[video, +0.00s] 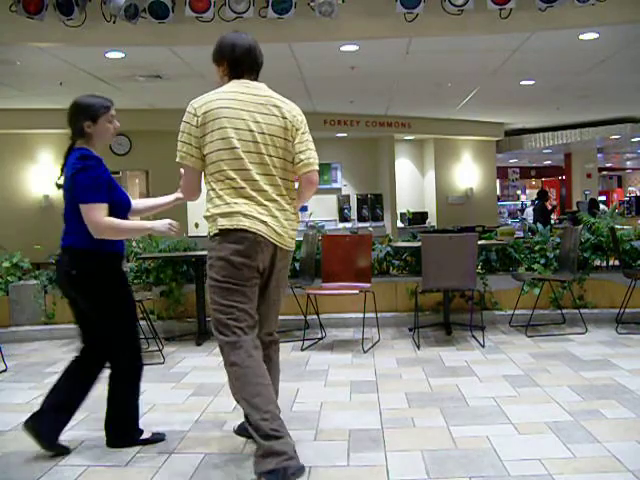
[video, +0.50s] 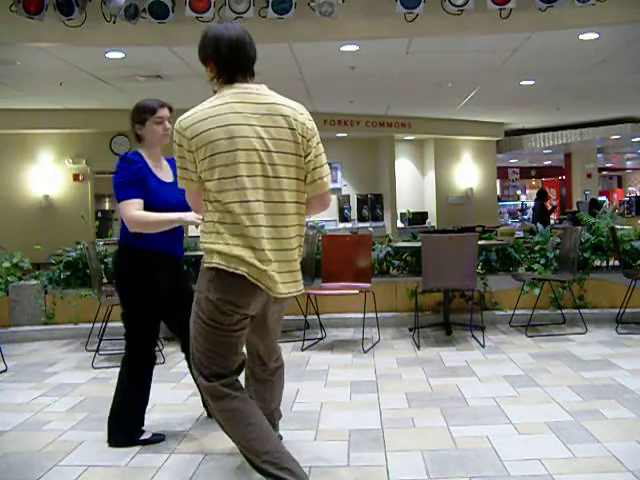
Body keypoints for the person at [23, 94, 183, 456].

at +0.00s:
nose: (117, 124)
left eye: (115, 118)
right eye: (110, 119)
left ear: (89, 127)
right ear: (90, 125)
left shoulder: (87, 162)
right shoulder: (87, 165)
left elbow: (127, 206)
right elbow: (99, 226)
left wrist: (177, 197)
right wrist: (153, 227)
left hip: (81, 265)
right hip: (97, 266)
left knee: (97, 348)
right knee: (127, 352)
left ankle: (45, 424)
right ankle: (123, 432)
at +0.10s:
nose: (127, 134)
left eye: (126, 128)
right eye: (120, 128)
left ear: (101, 134)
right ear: (98, 133)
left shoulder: (105, 171)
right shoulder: (95, 174)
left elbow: (138, 215)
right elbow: (110, 231)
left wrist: (185, 203)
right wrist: (165, 229)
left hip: (112, 270)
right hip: (104, 272)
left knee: (134, 348)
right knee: (137, 350)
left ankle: (77, 415)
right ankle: (126, 434)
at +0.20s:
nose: (136, 132)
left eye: (136, 125)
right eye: (130, 126)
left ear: (116, 132)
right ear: (108, 131)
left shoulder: (118, 168)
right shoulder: (103, 170)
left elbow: (141, 218)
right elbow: (116, 228)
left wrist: (184, 214)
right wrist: (175, 226)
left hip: (127, 268)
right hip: (113, 270)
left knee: (157, 339)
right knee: (145, 345)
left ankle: (128, 425)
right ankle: (124, 432)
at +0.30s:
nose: (147, 126)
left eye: (146, 120)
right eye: (139, 120)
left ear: (136, 126)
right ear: (117, 126)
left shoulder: (133, 162)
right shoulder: (114, 164)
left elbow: (146, 213)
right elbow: (122, 219)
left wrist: (187, 215)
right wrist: (181, 217)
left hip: (140, 263)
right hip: (121, 266)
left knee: (169, 332)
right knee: (139, 344)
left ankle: (176, 409)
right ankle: (124, 432)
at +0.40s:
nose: (156, 125)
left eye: (157, 119)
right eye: (148, 119)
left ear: (156, 126)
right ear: (128, 125)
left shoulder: (157, 164)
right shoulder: (121, 163)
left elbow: (181, 207)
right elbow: (128, 216)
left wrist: (205, 215)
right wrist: (183, 215)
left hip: (154, 262)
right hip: (129, 264)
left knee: (182, 335)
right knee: (135, 348)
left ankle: (211, 403)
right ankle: (123, 432)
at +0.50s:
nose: (167, 126)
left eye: (169, 120)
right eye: (159, 121)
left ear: (170, 127)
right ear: (140, 128)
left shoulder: (172, 166)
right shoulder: (130, 163)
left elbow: (180, 210)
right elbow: (132, 219)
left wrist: (205, 216)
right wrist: (182, 218)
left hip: (171, 263)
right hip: (139, 264)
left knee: (196, 336)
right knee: (140, 349)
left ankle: (217, 403)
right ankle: (124, 431)